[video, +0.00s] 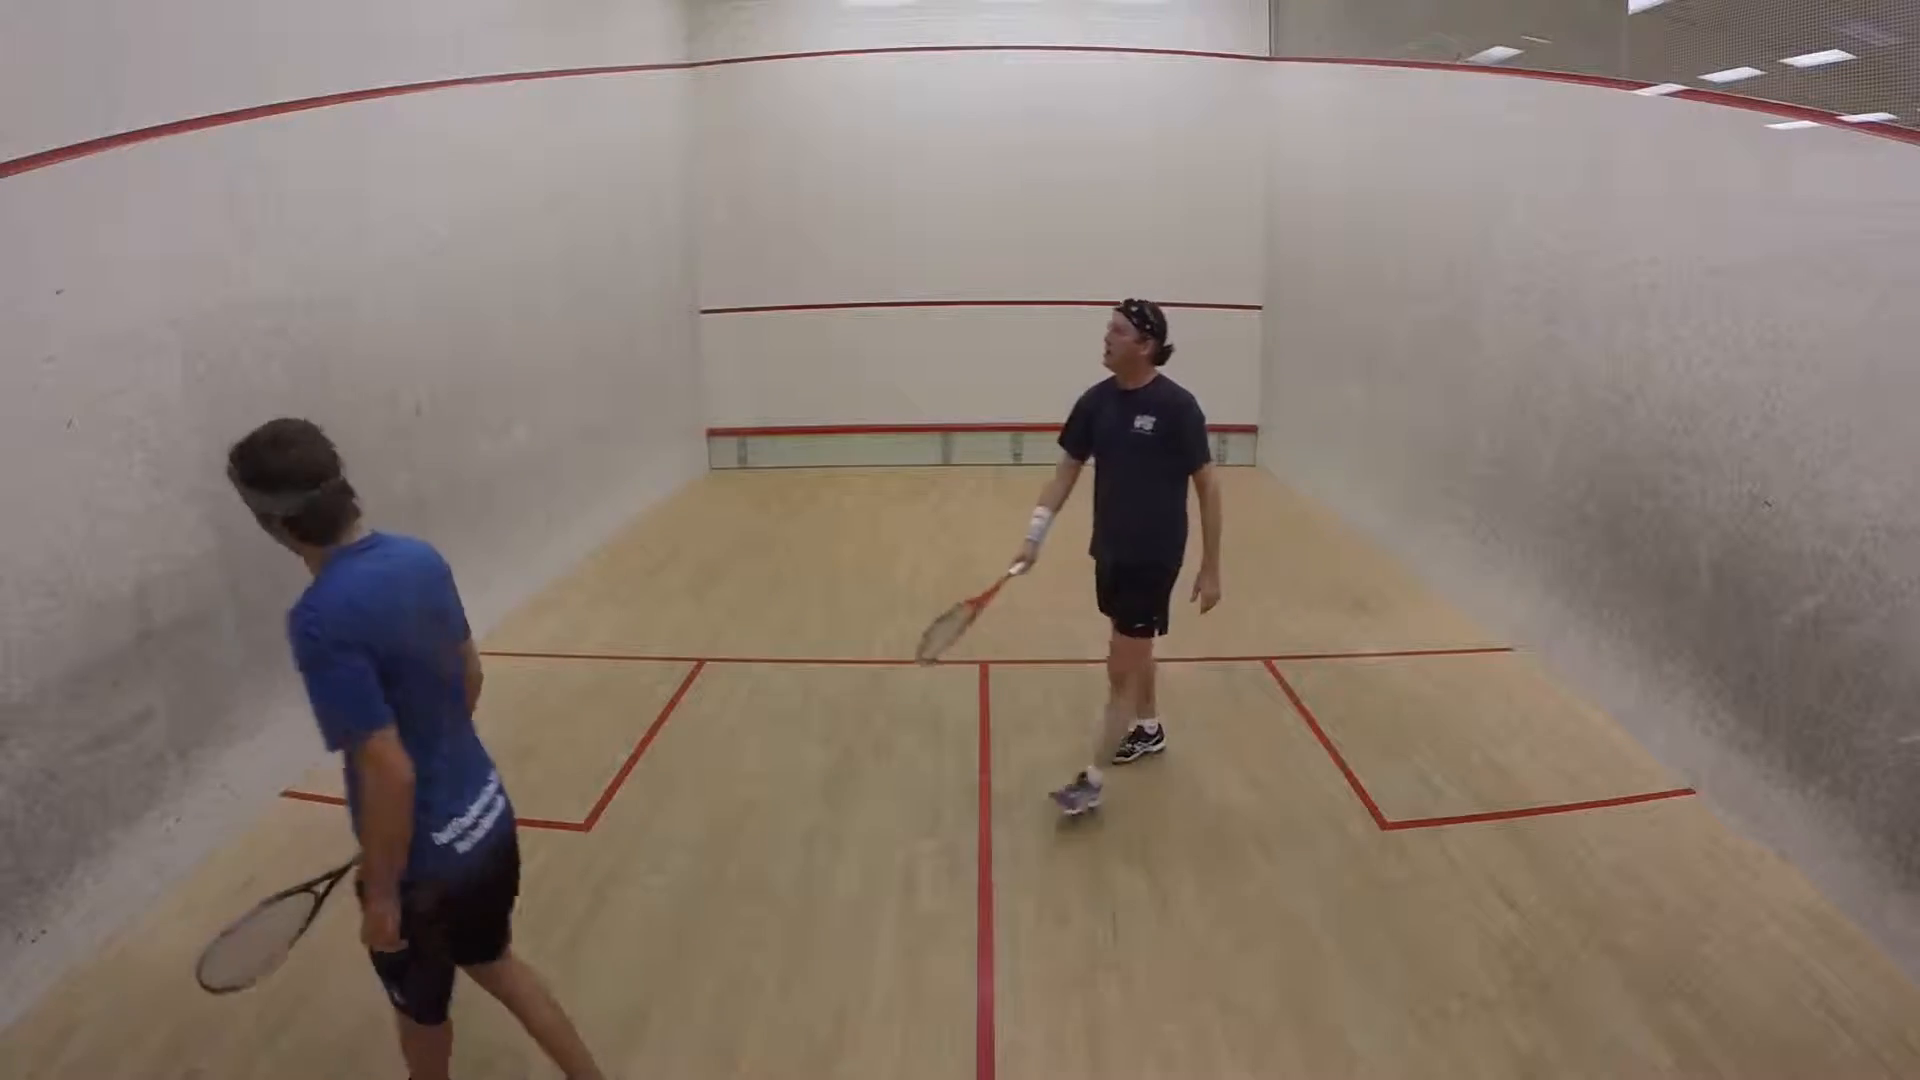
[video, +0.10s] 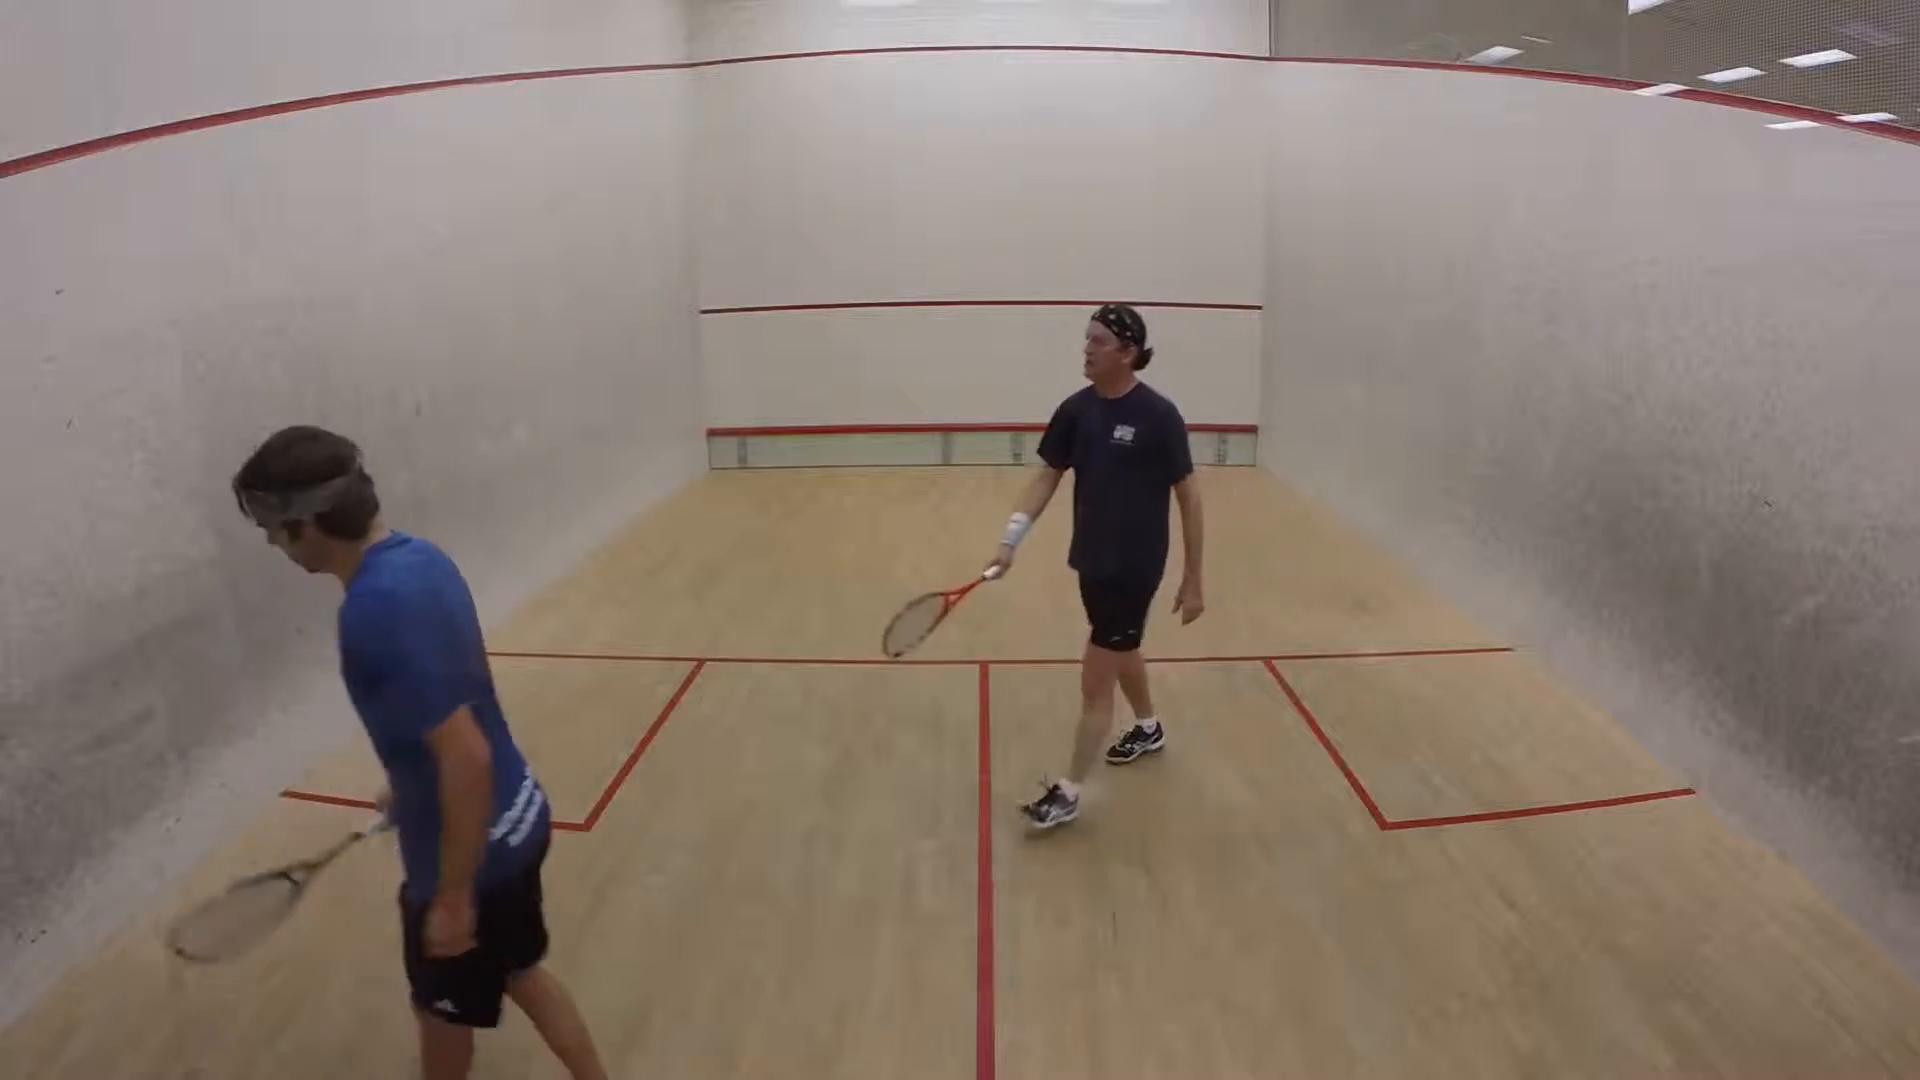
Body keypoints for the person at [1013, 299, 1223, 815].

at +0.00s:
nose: (1106, 338)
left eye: (1118, 333)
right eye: (1108, 329)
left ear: (1147, 346)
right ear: (1122, 342)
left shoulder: (1178, 407)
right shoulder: (1096, 401)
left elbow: (1207, 486)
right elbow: (1065, 472)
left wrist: (1210, 567)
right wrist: (1033, 536)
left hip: (1155, 552)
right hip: (1108, 546)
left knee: (1121, 667)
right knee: (1133, 643)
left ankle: (1093, 779)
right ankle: (1147, 726)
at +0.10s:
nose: (1086, 349)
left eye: (1097, 342)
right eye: (1087, 340)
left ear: (1129, 353)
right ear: (1096, 348)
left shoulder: (1160, 417)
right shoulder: (1076, 409)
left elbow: (1189, 497)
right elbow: (1046, 476)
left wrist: (1192, 578)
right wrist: (1010, 540)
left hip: (1136, 563)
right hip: (1090, 556)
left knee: (1096, 679)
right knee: (1120, 647)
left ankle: (1069, 792)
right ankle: (1147, 726)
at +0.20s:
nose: (1066, 353)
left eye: (1078, 345)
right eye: (1065, 342)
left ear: (1110, 355)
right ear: (1067, 348)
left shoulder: (1141, 423)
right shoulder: (1056, 414)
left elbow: (1166, 509)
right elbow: (1029, 485)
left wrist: (1169, 593)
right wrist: (994, 549)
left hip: (1115, 574)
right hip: (1067, 567)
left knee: (1076, 689)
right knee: (1094, 657)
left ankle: (1061, 798)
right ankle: (1139, 718)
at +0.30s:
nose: (1043, 349)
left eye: (1055, 341)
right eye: (1041, 339)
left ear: (1089, 348)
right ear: (1042, 343)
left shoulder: (1120, 419)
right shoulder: (1034, 410)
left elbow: (1140, 513)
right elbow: (1016, 488)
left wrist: (1136, 600)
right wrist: (985, 557)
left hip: (1094, 578)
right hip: (1041, 571)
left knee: (1073, 691)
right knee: (1038, 673)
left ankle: (1061, 799)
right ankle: (1107, 712)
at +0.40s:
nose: (1018, 349)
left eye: (1029, 340)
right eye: (1015, 338)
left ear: (1065, 344)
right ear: (1017, 341)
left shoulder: (1097, 417)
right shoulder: (1014, 409)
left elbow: (1113, 516)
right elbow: (1002, 490)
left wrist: (1095, 603)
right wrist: (978, 565)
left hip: (1073, 583)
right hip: (1018, 573)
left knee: (1066, 698)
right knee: (993, 680)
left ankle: (1060, 798)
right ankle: (1060, 729)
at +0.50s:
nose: (988, 356)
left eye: (998, 346)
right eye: (985, 345)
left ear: (1034, 348)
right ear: (991, 348)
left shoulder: (1072, 420)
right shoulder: (990, 414)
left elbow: (1086, 529)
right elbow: (984, 494)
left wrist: (1046, 611)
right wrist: (972, 561)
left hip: (1053, 584)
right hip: (994, 574)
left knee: (1056, 701)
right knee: (954, 688)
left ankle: (1060, 798)